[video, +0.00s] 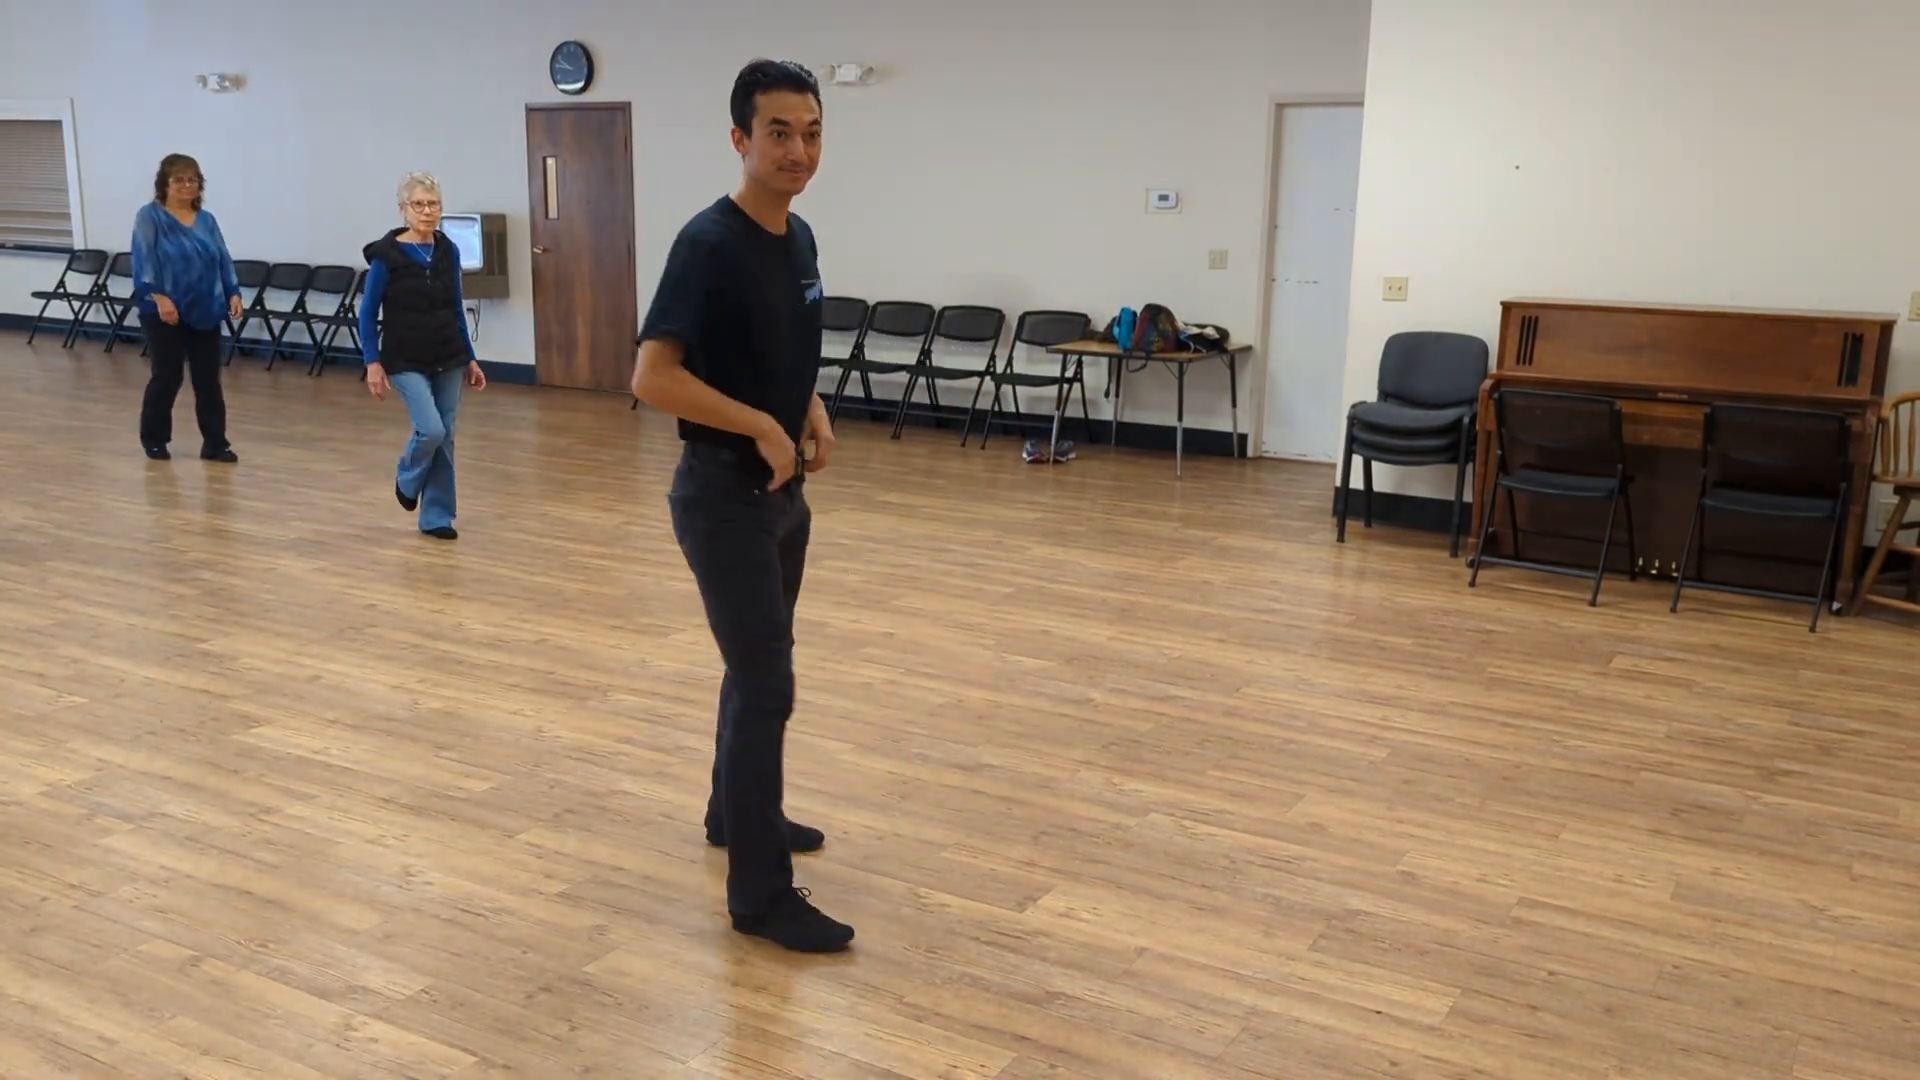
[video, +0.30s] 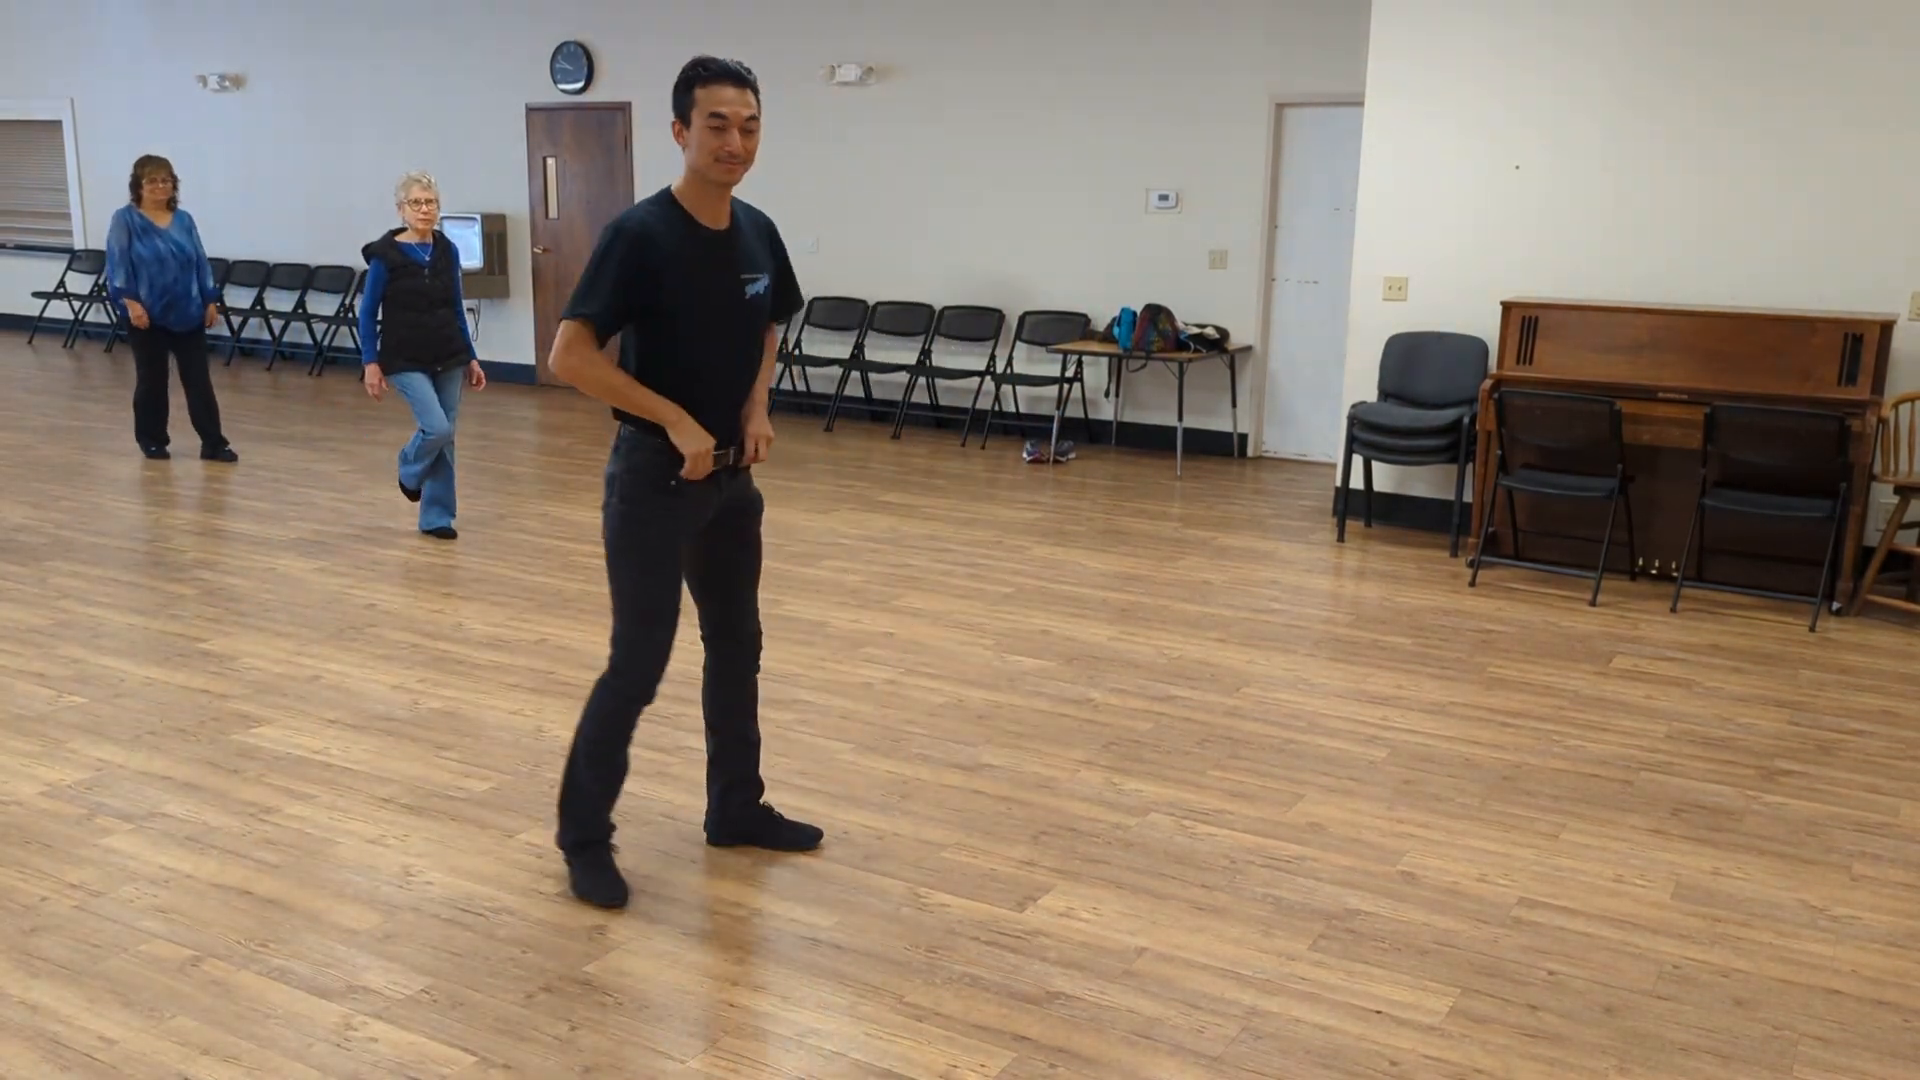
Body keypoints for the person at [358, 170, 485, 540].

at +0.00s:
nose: (427, 211)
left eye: (433, 204)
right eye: (419, 205)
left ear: (440, 209)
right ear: (404, 209)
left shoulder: (448, 250)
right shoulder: (387, 253)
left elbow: (457, 310)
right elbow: (367, 312)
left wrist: (469, 359)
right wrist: (372, 362)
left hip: (449, 357)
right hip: (404, 359)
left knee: (445, 436)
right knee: (433, 431)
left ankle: (437, 517)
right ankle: (409, 477)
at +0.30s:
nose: (425, 210)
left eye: (431, 203)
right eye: (416, 203)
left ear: (438, 208)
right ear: (402, 209)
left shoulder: (447, 250)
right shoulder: (386, 253)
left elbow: (457, 309)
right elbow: (367, 311)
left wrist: (470, 358)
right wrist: (370, 362)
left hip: (450, 356)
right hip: (403, 358)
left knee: (446, 436)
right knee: (438, 429)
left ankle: (437, 518)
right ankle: (410, 468)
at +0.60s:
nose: (420, 210)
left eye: (426, 203)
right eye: (412, 203)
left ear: (434, 208)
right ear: (398, 209)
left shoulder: (444, 251)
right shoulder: (382, 254)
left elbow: (454, 307)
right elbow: (360, 312)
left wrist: (467, 360)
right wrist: (371, 359)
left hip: (445, 358)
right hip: (403, 360)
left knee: (445, 437)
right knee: (430, 432)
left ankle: (437, 517)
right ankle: (406, 501)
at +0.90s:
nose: (415, 207)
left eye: (421, 200)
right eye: (406, 200)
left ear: (430, 205)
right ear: (393, 206)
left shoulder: (440, 248)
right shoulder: (379, 252)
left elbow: (446, 303)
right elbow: (348, 304)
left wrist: (453, 352)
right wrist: (360, 355)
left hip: (436, 359)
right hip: (394, 361)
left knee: (438, 440)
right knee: (407, 441)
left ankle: (437, 518)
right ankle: (406, 523)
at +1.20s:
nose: (411, 207)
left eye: (418, 200)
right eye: (403, 200)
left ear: (426, 205)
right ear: (389, 206)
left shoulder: (433, 248)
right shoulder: (372, 252)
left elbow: (426, 299)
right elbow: (336, 298)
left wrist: (429, 337)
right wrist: (350, 347)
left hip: (430, 356)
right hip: (385, 360)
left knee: (439, 437)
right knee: (395, 443)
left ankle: (437, 518)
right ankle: (404, 523)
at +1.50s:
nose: (410, 209)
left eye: (416, 202)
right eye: (401, 202)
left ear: (424, 207)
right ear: (386, 207)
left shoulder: (426, 249)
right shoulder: (370, 253)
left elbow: (417, 300)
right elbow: (335, 302)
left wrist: (421, 339)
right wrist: (350, 353)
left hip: (425, 358)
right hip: (383, 362)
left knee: (441, 434)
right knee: (393, 443)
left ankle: (434, 515)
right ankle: (403, 523)